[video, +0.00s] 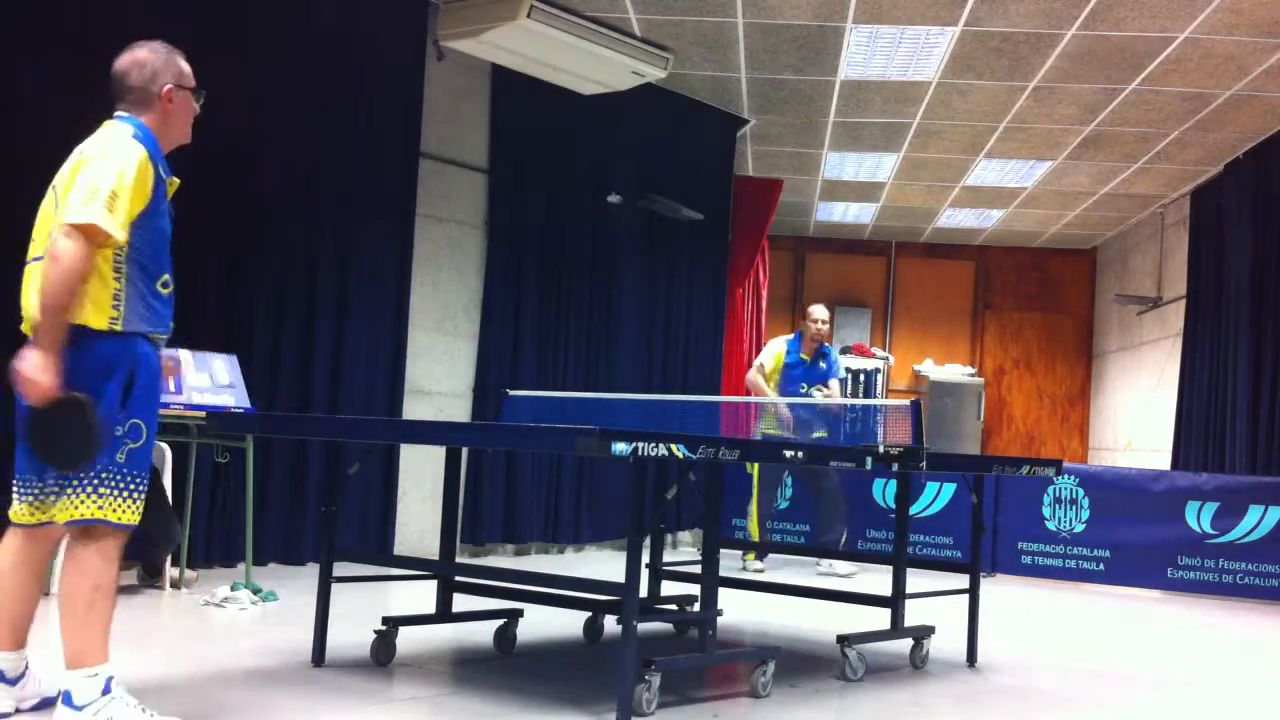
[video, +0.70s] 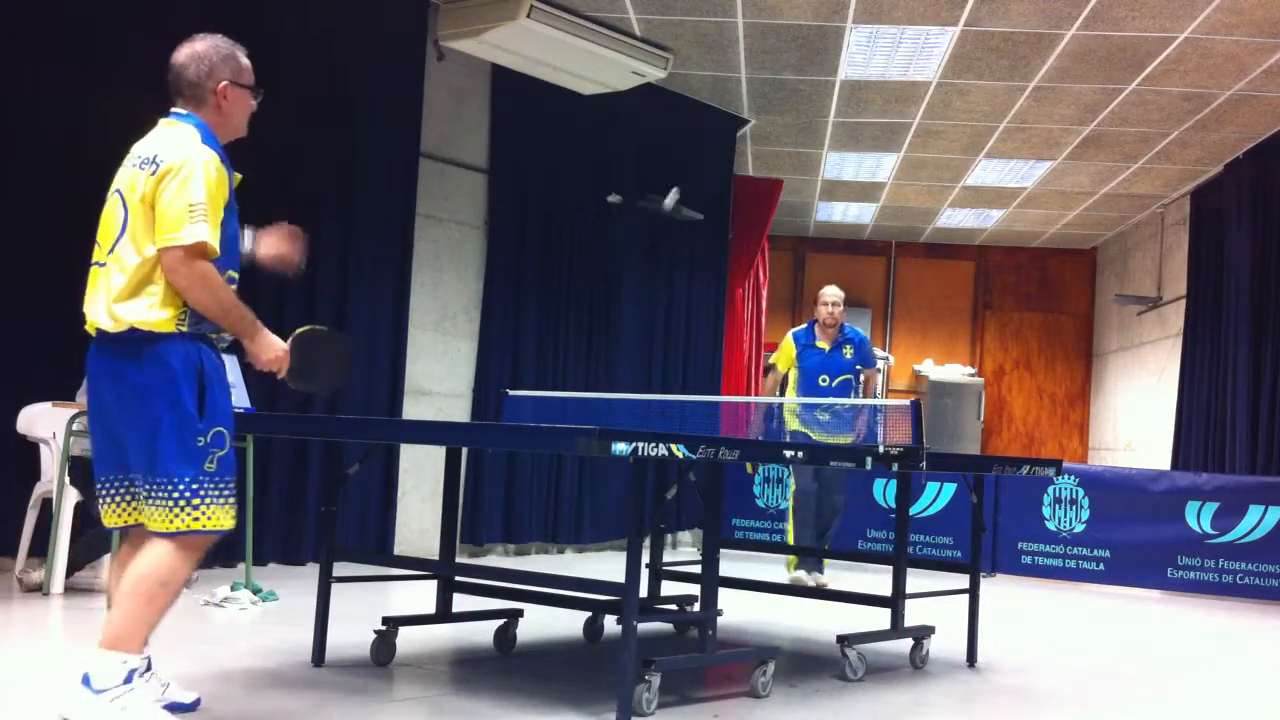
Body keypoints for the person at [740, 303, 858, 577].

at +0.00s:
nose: (820, 327)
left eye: (825, 322)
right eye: (815, 321)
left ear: (830, 327)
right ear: (803, 323)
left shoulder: (830, 356)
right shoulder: (780, 346)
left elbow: (836, 400)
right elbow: (753, 377)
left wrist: (828, 397)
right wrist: (777, 404)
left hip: (812, 436)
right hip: (773, 433)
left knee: (829, 488)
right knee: (764, 490)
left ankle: (829, 556)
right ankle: (754, 553)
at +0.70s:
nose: (831, 310)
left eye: (836, 305)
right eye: (826, 305)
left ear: (844, 310)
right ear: (816, 308)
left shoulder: (858, 340)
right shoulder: (796, 338)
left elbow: (870, 378)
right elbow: (774, 377)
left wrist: (864, 415)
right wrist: (759, 419)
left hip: (840, 436)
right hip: (802, 431)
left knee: (833, 498)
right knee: (806, 491)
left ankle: (815, 563)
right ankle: (802, 564)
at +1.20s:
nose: (839, 295)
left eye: (845, 289)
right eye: (834, 289)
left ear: (856, 293)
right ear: (824, 295)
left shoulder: (875, 328)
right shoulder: (808, 330)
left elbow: (890, 367)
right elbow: (793, 372)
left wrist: (886, 406)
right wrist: (797, 407)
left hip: (862, 435)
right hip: (818, 435)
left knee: (865, 505)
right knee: (815, 504)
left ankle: (871, 578)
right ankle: (816, 572)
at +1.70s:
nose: (868, 286)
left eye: (875, 279)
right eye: (863, 280)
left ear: (891, 284)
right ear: (857, 285)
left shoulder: (915, 321)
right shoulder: (844, 325)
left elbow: (944, 365)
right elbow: (824, 372)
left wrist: (934, 407)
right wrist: (824, 406)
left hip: (900, 438)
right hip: (853, 436)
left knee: (889, 515)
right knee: (853, 507)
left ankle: (875, 596)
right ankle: (844, 594)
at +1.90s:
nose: (870, 291)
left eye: (878, 284)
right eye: (865, 285)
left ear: (895, 289)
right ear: (859, 291)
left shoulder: (923, 323)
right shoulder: (849, 332)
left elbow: (957, 368)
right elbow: (833, 380)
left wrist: (945, 414)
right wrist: (824, 409)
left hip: (912, 444)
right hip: (863, 444)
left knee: (917, 524)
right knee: (860, 524)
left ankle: (889, 595)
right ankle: (866, 607)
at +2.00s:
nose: (873, 291)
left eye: (881, 283)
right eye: (867, 284)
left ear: (899, 287)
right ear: (862, 289)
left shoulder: (928, 320)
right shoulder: (854, 333)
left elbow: (967, 364)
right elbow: (838, 383)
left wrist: (954, 409)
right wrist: (833, 409)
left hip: (925, 441)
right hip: (872, 443)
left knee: (948, 503)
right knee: (862, 520)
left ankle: (922, 572)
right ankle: (865, 606)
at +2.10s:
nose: (879, 289)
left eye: (887, 281)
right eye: (874, 282)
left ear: (906, 284)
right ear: (869, 287)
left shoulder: (936, 315)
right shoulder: (862, 329)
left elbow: (982, 351)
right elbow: (850, 379)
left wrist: (967, 395)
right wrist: (848, 403)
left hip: (936, 432)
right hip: (886, 438)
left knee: (961, 504)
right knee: (864, 514)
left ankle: (966, 592)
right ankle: (865, 606)